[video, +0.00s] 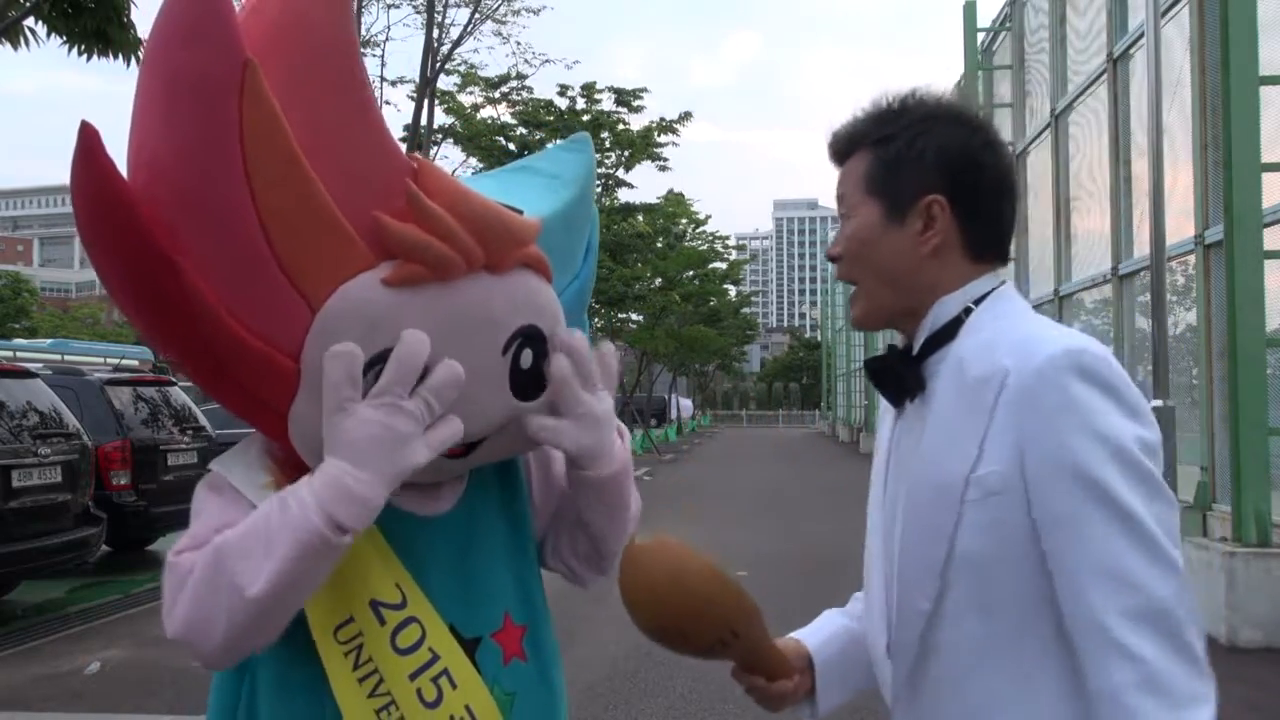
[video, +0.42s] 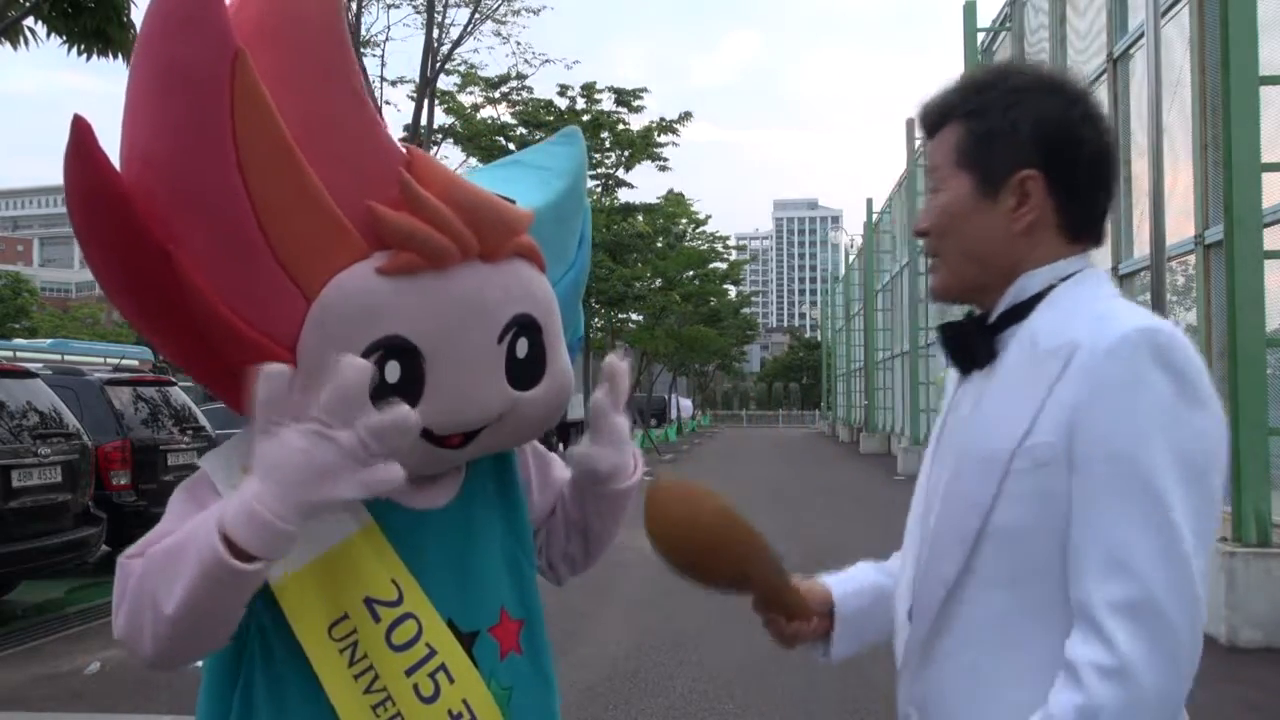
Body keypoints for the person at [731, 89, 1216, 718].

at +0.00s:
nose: (833, 251)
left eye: (845, 218)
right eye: (837, 222)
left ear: (928, 223)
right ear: (927, 226)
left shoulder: (1055, 374)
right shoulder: (911, 389)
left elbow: (1151, 673)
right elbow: (910, 598)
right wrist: (815, 659)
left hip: (1031, 711)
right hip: (927, 709)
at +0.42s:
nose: (918, 224)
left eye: (937, 189)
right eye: (926, 192)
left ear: (1021, 199)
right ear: (1019, 202)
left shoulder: (1129, 356)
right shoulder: (990, 358)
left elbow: (1134, 666)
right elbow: (955, 564)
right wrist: (836, 605)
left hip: (1019, 705)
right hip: (930, 702)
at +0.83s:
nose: (999, 228)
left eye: (1019, 195)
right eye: (1008, 199)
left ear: (1118, 208)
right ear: (1117, 211)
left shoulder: (1153, 390)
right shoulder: (1076, 351)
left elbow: (1143, 701)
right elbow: (988, 288)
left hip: (986, 704)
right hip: (930, 696)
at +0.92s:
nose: (993, 223)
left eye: (1011, 189)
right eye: (1002, 191)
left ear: (1109, 204)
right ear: (1108, 207)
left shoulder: (1149, 389)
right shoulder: (1085, 347)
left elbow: (1141, 700)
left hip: (985, 704)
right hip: (923, 694)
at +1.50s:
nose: (1093, 206)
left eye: (1120, 167)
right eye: (1103, 169)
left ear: (1232, 193)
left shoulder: (1265, 395)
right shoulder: (1102, 330)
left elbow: (1261, 694)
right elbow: (957, 385)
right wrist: (790, 346)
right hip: (943, 690)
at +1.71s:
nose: (1102, 225)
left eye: (1131, 190)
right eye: (1107, 192)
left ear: (1255, 211)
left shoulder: (1269, 376)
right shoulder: (1094, 347)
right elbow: (980, 488)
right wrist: (822, 536)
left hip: (1194, 704)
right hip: (1042, 697)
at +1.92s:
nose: (1080, 251)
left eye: (1108, 219)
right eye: (1077, 223)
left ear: (1222, 223)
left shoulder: (1270, 367)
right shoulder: (1065, 384)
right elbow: (993, 558)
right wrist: (899, 667)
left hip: (1252, 704)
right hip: (1115, 705)